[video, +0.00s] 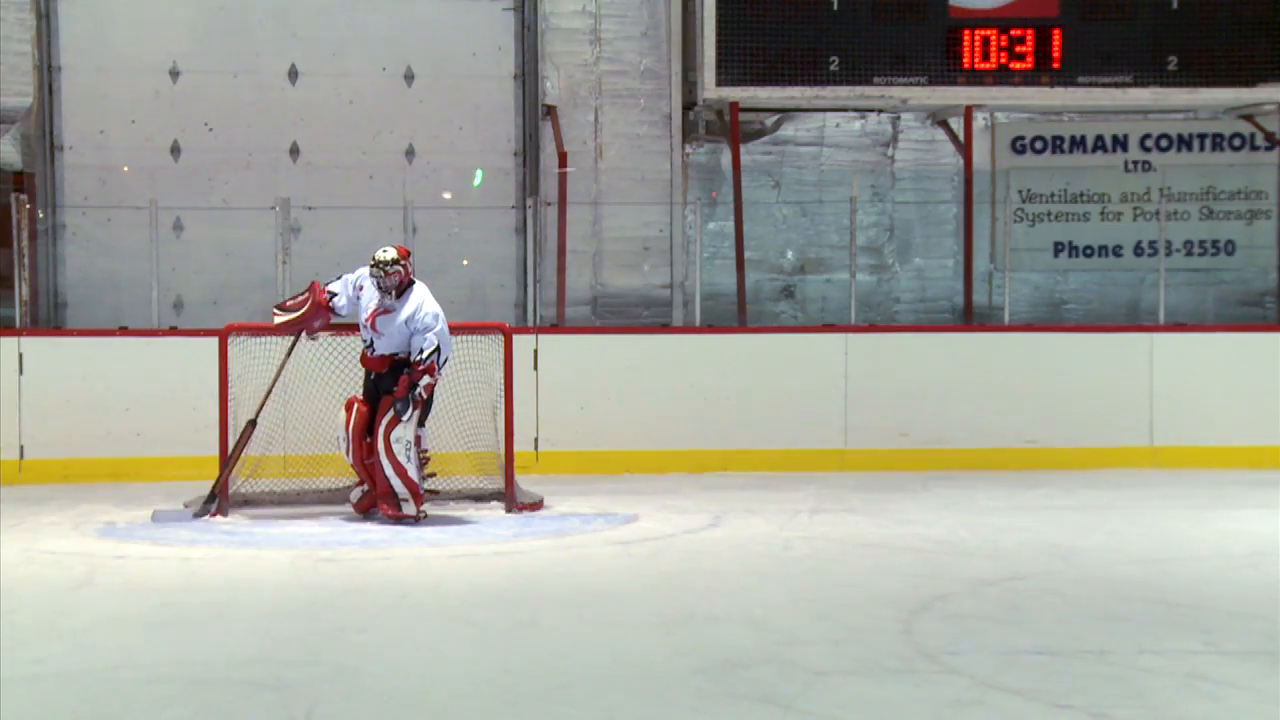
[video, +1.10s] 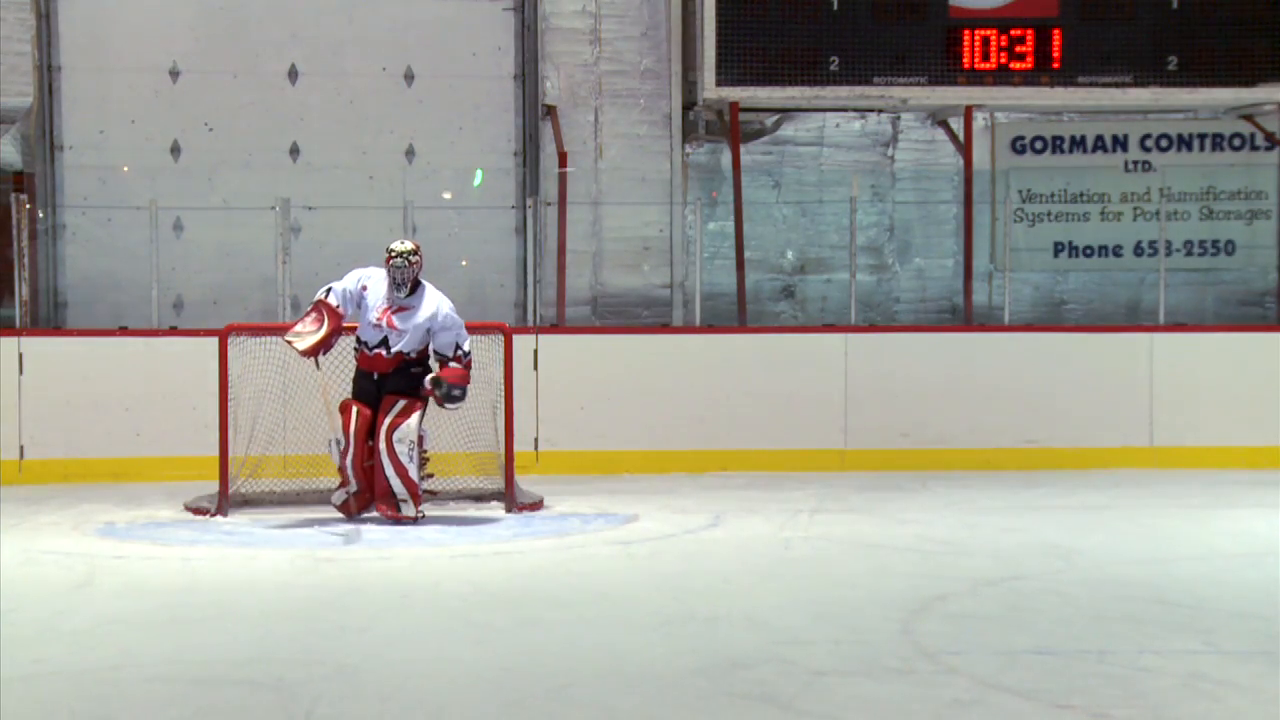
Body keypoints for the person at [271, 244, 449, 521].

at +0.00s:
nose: (383, 282)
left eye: (390, 275)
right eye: (379, 275)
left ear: (405, 274)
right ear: (373, 273)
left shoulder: (423, 307)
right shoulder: (367, 282)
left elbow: (429, 359)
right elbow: (337, 293)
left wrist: (411, 393)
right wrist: (312, 307)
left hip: (406, 377)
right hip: (375, 373)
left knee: (392, 437)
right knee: (365, 433)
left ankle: (404, 502)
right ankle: (375, 490)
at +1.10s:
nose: (400, 273)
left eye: (407, 267)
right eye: (395, 266)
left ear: (418, 268)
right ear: (387, 266)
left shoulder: (436, 306)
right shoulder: (367, 282)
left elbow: (458, 351)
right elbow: (333, 296)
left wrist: (451, 380)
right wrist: (316, 327)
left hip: (406, 380)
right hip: (366, 375)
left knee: (391, 438)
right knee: (355, 434)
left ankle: (399, 506)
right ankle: (356, 496)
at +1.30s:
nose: (402, 274)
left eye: (408, 268)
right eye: (397, 268)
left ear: (421, 269)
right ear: (389, 267)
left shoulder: (437, 308)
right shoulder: (370, 280)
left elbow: (456, 352)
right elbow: (336, 295)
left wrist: (459, 380)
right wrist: (313, 320)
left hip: (406, 378)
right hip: (367, 372)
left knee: (391, 436)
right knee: (351, 429)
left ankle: (399, 503)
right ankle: (353, 493)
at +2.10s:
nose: (399, 263)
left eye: (405, 257)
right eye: (394, 257)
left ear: (416, 261)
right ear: (387, 259)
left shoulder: (430, 300)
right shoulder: (367, 281)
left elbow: (444, 352)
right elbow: (345, 329)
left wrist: (427, 372)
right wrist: (333, 354)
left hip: (400, 381)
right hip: (363, 376)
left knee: (388, 438)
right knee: (345, 430)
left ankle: (397, 505)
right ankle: (351, 499)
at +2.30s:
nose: (390, 262)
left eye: (396, 256)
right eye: (385, 256)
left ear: (408, 259)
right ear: (377, 258)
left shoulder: (423, 296)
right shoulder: (359, 282)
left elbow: (445, 342)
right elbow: (341, 331)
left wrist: (432, 365)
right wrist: (331, 362)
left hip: (400, 381)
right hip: (361, 378)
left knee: (390, 436)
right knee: (340, 428)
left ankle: (400, 505)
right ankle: (347, 499)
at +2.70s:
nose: (369, 264)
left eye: (374, 258)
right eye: (362, 259)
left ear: (384, 259)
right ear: (354, 261)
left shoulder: (405, 290)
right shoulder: (336, 290)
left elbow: (437, 313)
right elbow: (322, 338)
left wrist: (462, 321)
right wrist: (318, 373)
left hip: (391, 376)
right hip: (349, 376)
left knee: (389, 435)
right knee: (340, 434)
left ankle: (400, 503)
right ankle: (339, 503)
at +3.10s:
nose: (351, 264)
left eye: (356, 258)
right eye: (345, 259)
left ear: (365, 259)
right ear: (335, 261)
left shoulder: (385, 286)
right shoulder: (318, 292)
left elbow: (416, 303)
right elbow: (300, 338)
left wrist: (448, 298)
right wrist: (308, 367)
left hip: (375, 375)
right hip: (335, 378)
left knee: (386, 434)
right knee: (336, 437)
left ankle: (391, 499)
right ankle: (337, 501)